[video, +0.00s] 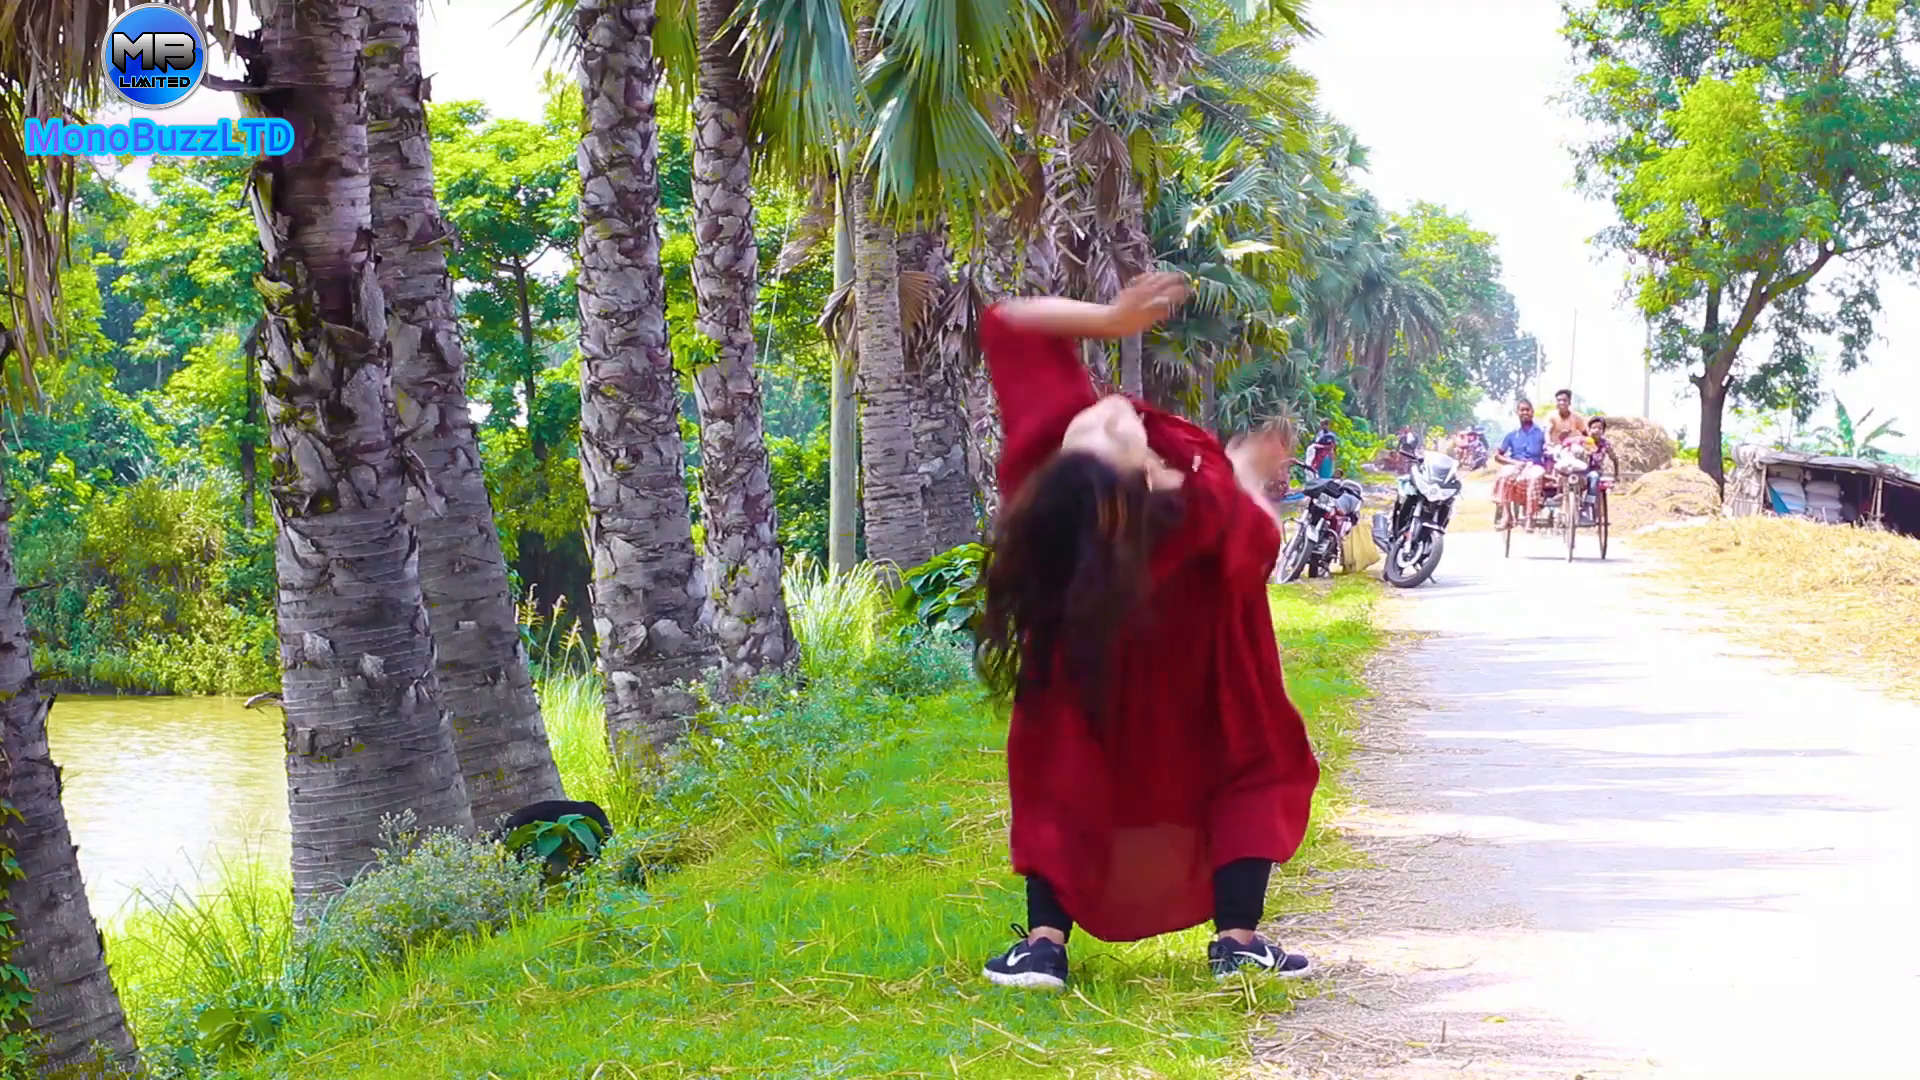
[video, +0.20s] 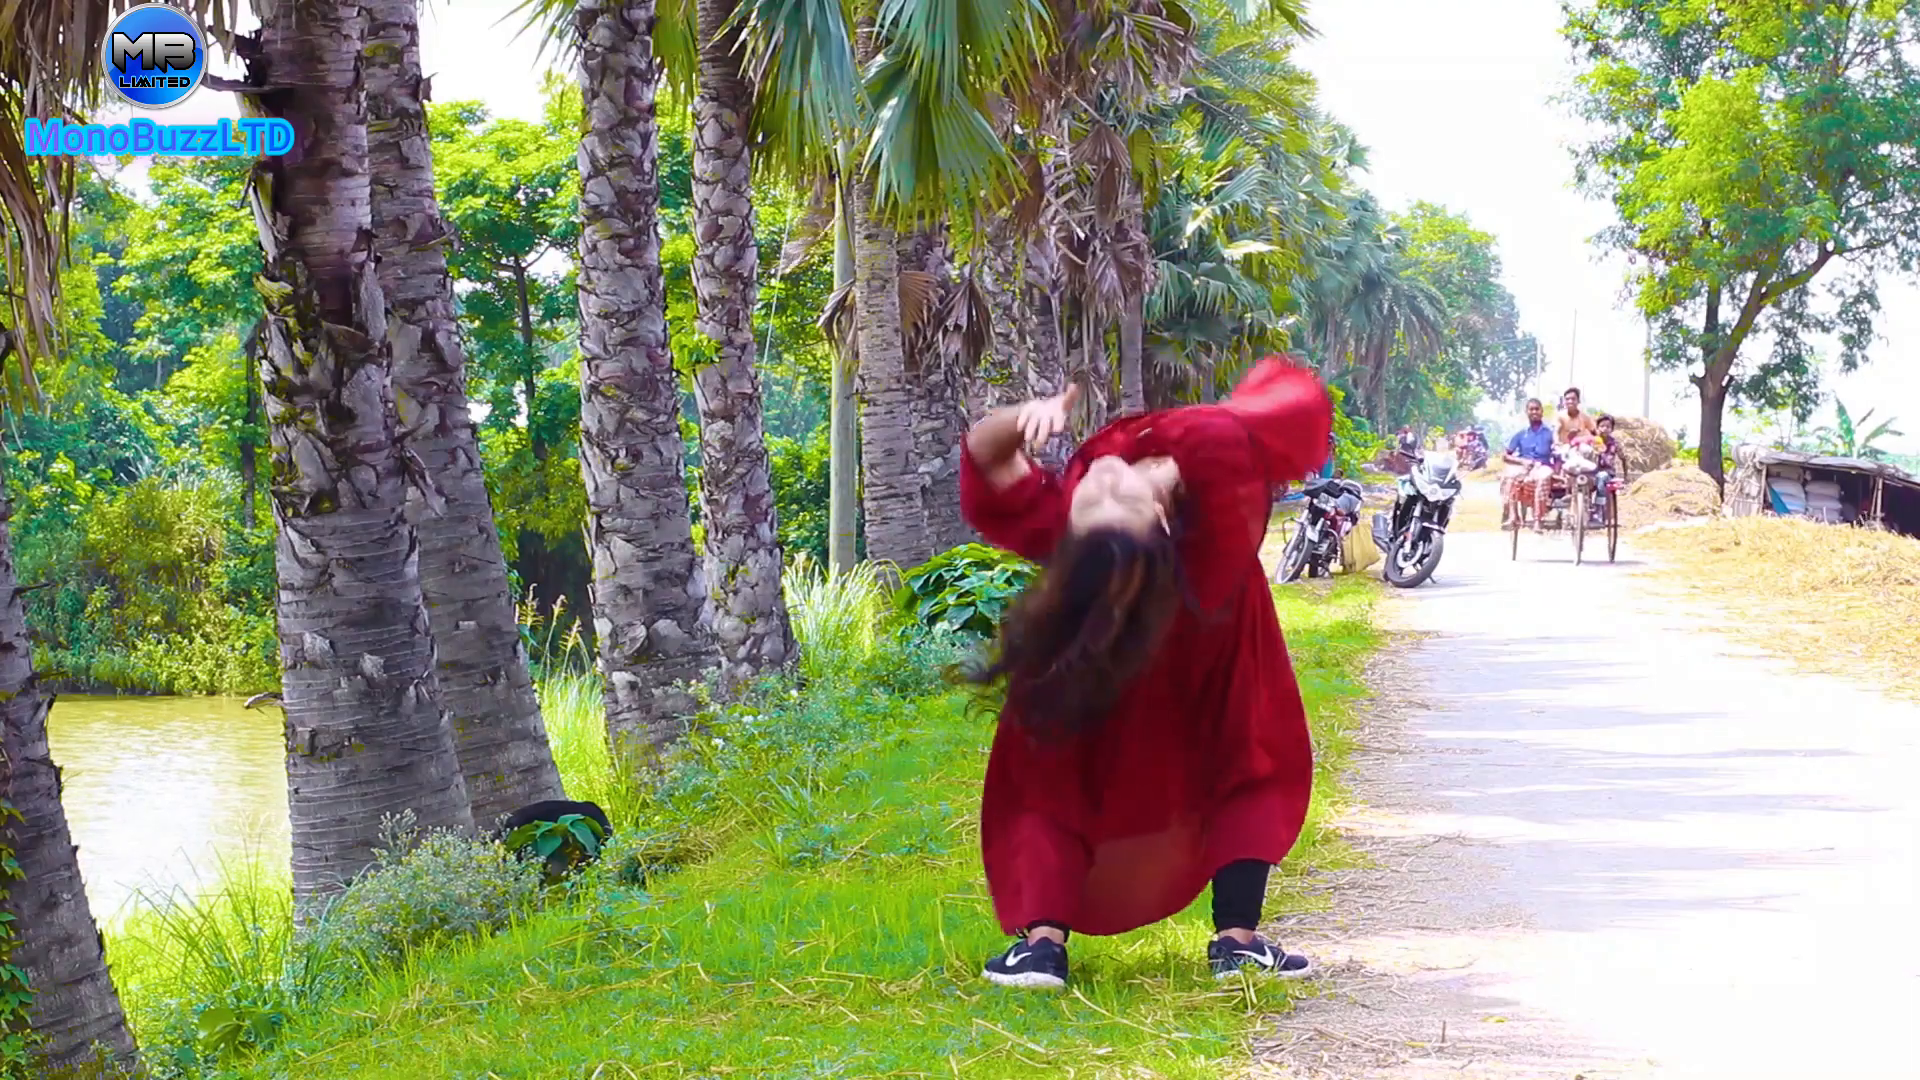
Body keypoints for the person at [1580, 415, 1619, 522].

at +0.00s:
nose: (1596, 431)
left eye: (1599, 428)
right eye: (1593, 427)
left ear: (1603, 431)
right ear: (1588, 430)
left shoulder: (1604, 444)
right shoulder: (1584, 442)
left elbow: (1614, 459)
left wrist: (1616, 475)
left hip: (1594, 469)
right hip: (1580, 469)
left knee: (1593, 476)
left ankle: (1589, 504)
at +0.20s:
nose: (1604, 429)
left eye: (1608, 426)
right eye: (1602, 426)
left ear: (1611, 429)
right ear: (1597, 428)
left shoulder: (1613, 443)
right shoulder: (1593, 441)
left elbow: (1623, 458)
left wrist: (1625, 476)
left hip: (1607, 470)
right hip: (1592, 469)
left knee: (1601, 476)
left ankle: (1599, 508)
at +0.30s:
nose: (1608, 429)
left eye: (1612, 426)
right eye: (1606, 425)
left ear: (1616, 428)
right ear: (1601, 427)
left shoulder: (1618, 443)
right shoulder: (1597, 441)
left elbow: (1627, 458)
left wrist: (1630, 475)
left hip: (1611, 469)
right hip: (1596, 468)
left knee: (1606, 476)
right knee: (1586, 477)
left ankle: (1604, 509)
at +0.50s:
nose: (1618, 429)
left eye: (1621, 426)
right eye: (1615, 425)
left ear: (1625, 428)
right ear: (1611, 427)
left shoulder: (1627, 443)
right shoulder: (1606, 440)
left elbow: (1637, 459)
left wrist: (1640, 476)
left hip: (1619, 470)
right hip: (1604, 469)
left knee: (1616, 479)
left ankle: (1613, 511)